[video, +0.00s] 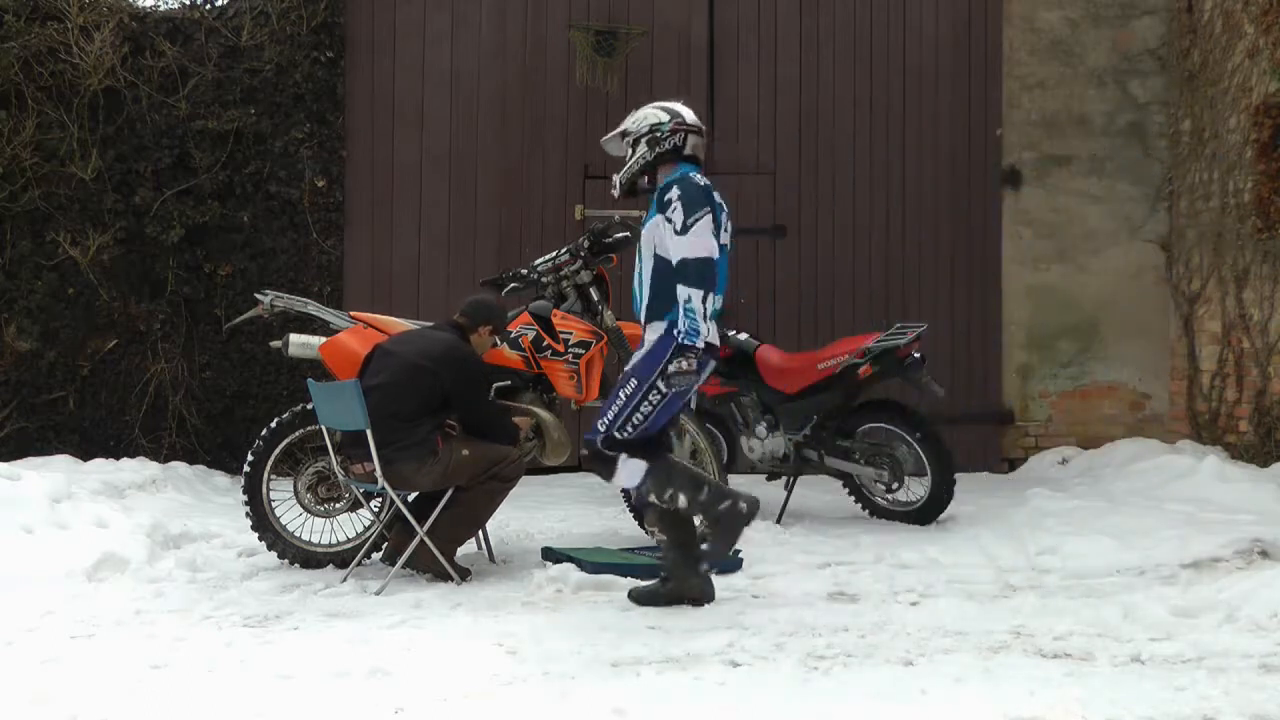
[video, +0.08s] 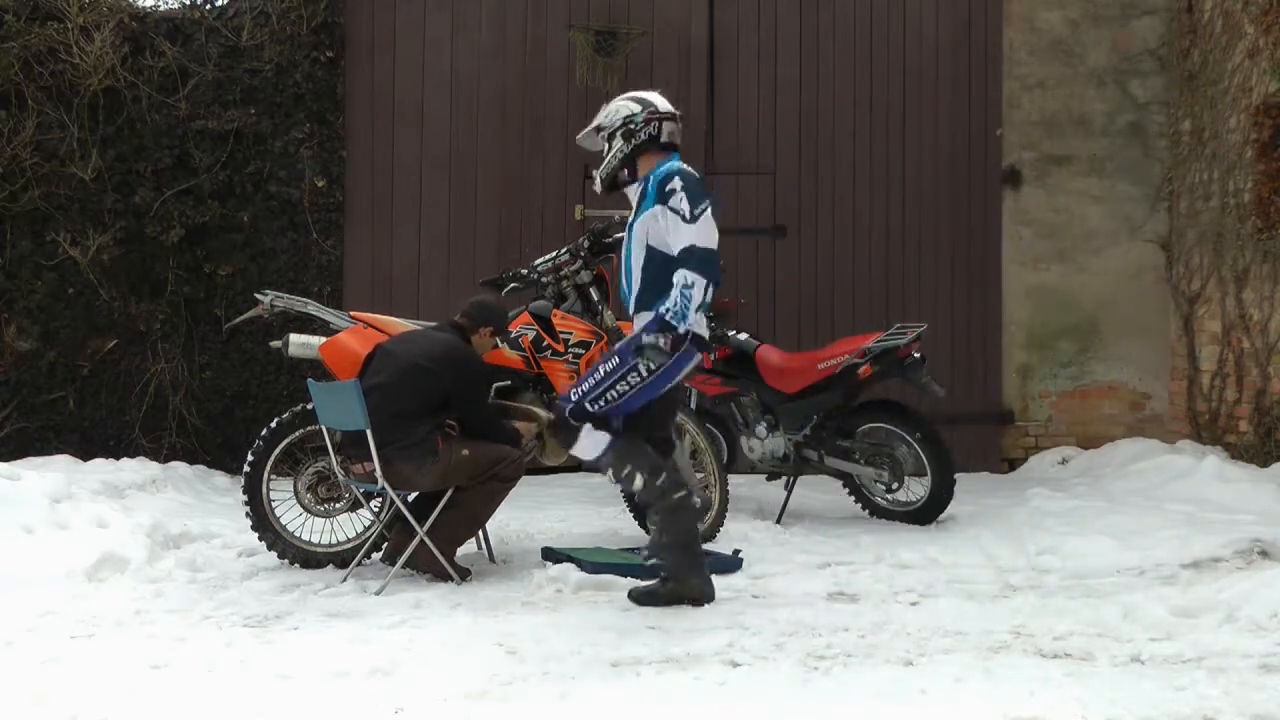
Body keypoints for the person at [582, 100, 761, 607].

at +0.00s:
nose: (626, 158)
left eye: (631, 147)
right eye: (626, 147)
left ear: (654, 143)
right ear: (674, 145)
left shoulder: (680, 190)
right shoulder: (703, 196)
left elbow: (695, 269)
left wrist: (687, 347)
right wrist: (629, 233)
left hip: (671, 346)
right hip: (689, 348)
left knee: (601, 448)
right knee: (647, 448)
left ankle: (718, 507)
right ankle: (684, 573)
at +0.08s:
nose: (604, 156)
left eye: (609, 142)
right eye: (604, 144)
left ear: (634, 136)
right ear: (648, 137)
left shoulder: (672, 182)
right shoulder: (658, 188)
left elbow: (698, 260)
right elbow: (660, 254)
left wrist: (667, 329)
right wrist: (614, 249)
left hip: (667, 334)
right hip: (668, 334)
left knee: (568, 414)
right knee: (651, 445)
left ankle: (653, 479)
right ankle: (685, 575)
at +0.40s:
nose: (535, 158)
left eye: (541, 147)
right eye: (535, 149)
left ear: (575, 140)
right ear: (569, 147)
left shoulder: (617, 183)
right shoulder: (577, 196)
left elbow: (582, 214)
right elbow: (573, 260)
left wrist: (561, 145)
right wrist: (539, 271)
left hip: (606, 327)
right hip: (582, 325)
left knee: (549, 451)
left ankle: (603, 586)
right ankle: (631, 511)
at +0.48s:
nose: (521, 153)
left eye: (524, 142)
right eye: (518, 144)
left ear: (546, 140)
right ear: (556, 142)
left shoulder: (590, 183)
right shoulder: (564, 183)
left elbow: (533, 204)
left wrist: (503, 132)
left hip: (591, 326)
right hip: (562, 323)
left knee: (543, 453)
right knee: (492, 426)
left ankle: (604, 587)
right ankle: (591, 489)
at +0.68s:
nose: (477, 132)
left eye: (481, 121)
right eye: (478, 122)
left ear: (498, 116)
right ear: (540, 117)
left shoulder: (506, 165)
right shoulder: (566, 168)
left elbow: (451, 229)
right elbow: (612, 232)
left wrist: (400, 262)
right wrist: (593, 258)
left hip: (536, 316)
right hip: (524, 315)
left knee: (525, 451)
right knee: (472, 433)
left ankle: (600, 580)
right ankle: (508, 572)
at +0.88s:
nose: (443, 148)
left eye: (444, 136)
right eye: (445, 138)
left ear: (457, 126)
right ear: (501, 128)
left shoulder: (490, 174)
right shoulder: (519, 171)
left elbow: (502, 258)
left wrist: (477, 335)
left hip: (486, 331)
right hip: (513, 332)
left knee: (392, 424)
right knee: (477, 442)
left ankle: (490, 502)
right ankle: (511, 579)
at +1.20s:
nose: (381, 121)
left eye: (385, 111)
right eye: (383, 111)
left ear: (401, 114)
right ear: (440, 118)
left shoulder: (431, 167)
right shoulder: (450, 171)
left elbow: (405, 216)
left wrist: (345, 148)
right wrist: (353, 161)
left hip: (427, 314)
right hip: (440, 314)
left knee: (375, 448)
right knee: (392, 445)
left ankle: (413, 597)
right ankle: (477, 543)